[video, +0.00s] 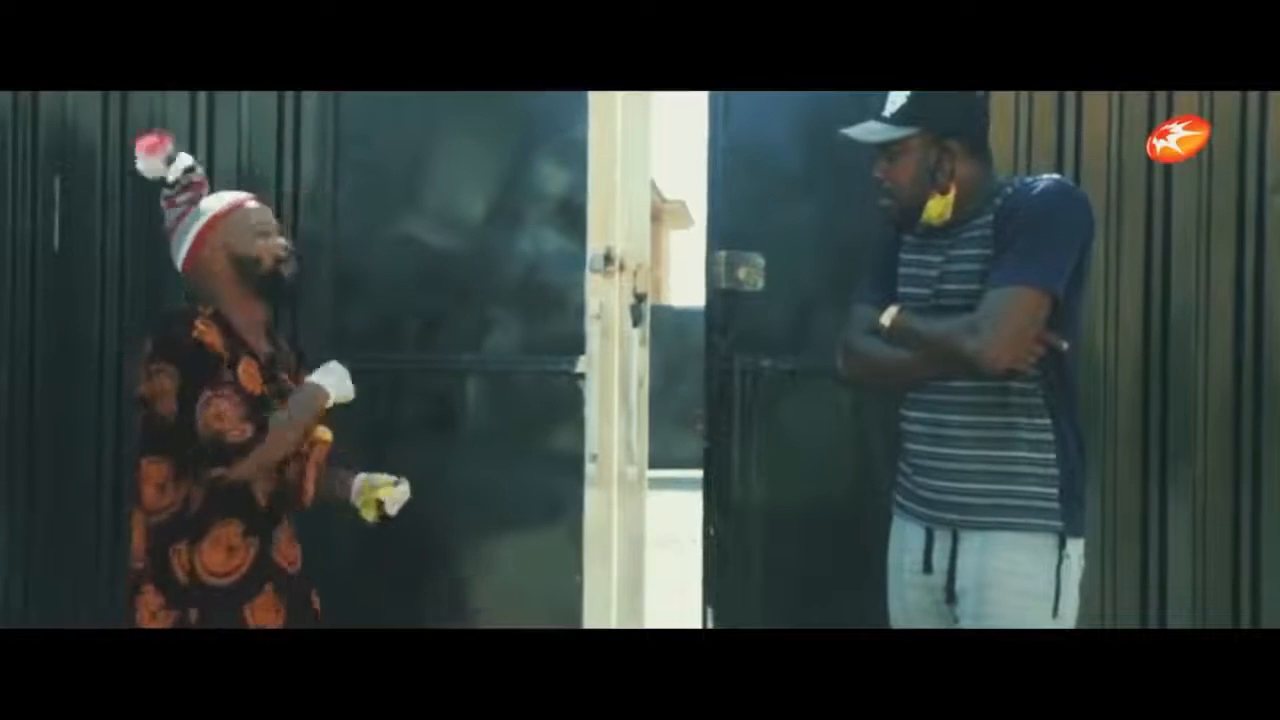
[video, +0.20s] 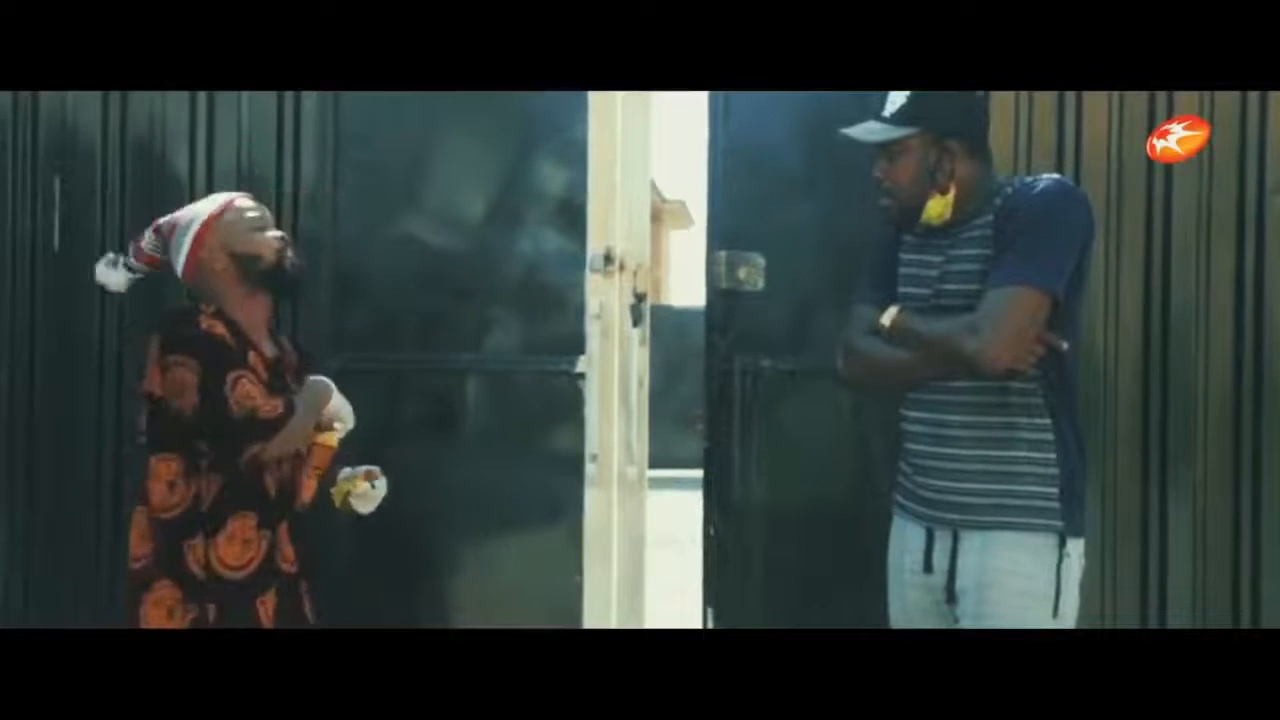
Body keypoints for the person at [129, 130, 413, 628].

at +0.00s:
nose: (282, 244)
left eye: (280, 231)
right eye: (262, 233)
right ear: (215, 253)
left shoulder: (279, 356)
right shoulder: (184, 344)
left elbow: (286, 463)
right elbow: (231, 472)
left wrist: (352, 487)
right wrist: (311, 400)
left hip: (273, 595)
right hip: (195, 599)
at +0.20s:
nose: (276, 231)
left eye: (268, 220)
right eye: (250, 220)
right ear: (207, 255)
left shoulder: (287, 356)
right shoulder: (187, 340)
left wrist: (332, 479)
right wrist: (305, 419)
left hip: (267, 574)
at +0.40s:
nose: (281, 230)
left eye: (276, 221)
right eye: (257, 220)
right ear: (216, 249)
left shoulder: (286, 356)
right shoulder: (189, 342)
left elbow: (275, 493)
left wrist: (330, 469)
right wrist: (301, 424)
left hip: (271, 582)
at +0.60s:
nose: (305, 270)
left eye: (305, 258)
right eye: (293, 255)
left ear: (244, 257)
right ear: (241, 254)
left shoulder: (264, 353)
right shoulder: (182, 350)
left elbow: (270, 450)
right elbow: (242, 455)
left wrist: (345, 450)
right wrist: (348, 382)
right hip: (202, 599)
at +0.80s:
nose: (299, 308)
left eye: (304, 293)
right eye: (296, 290)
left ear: (255, 273)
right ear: (253, 270)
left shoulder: (256, 352)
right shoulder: (177, 349)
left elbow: (266, 475)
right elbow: (237, 458)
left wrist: (344, 446)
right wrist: (329, 391)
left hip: (263, 602)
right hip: (190, 607)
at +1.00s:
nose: (300, 258)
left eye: (294, 245)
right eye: (284, 245)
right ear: (238, 256)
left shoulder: (280, 343)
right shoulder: (181, 344)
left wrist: (326, 491)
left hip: (269, 591)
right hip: (193, 597)